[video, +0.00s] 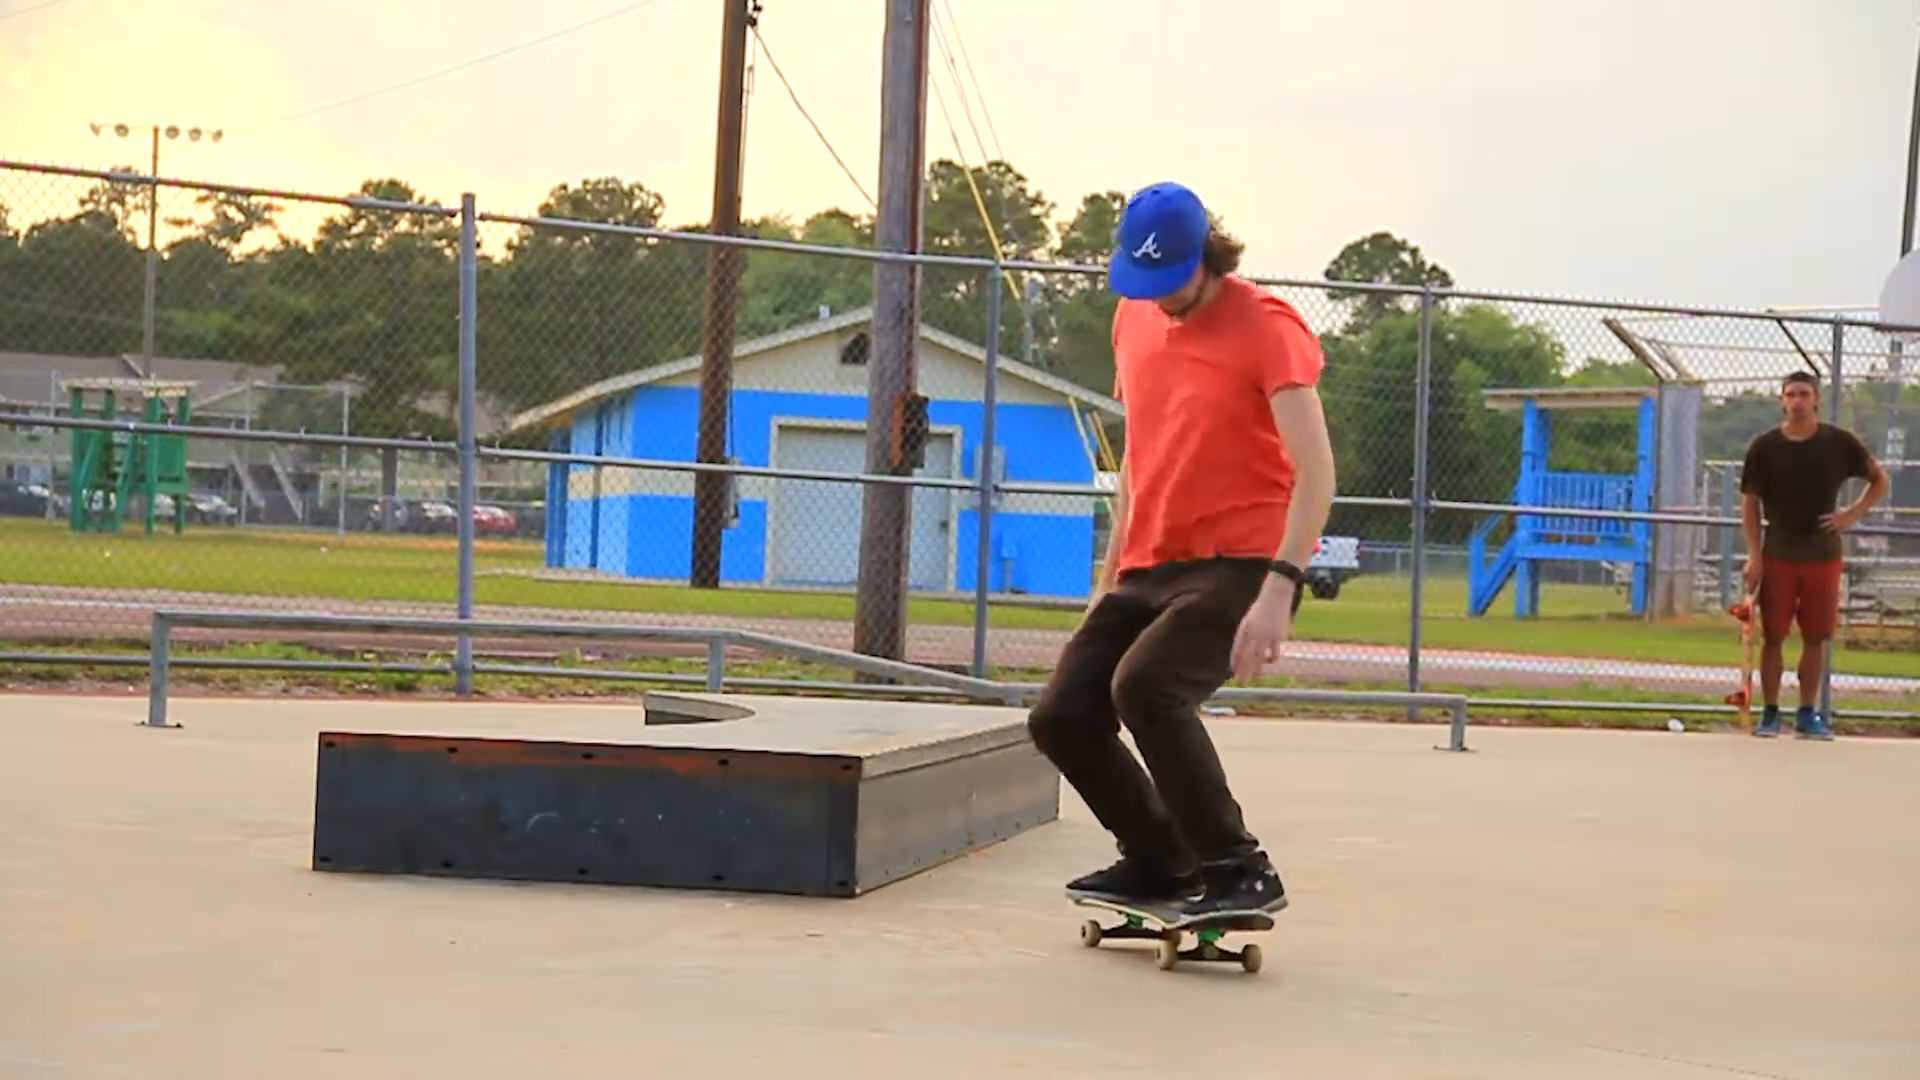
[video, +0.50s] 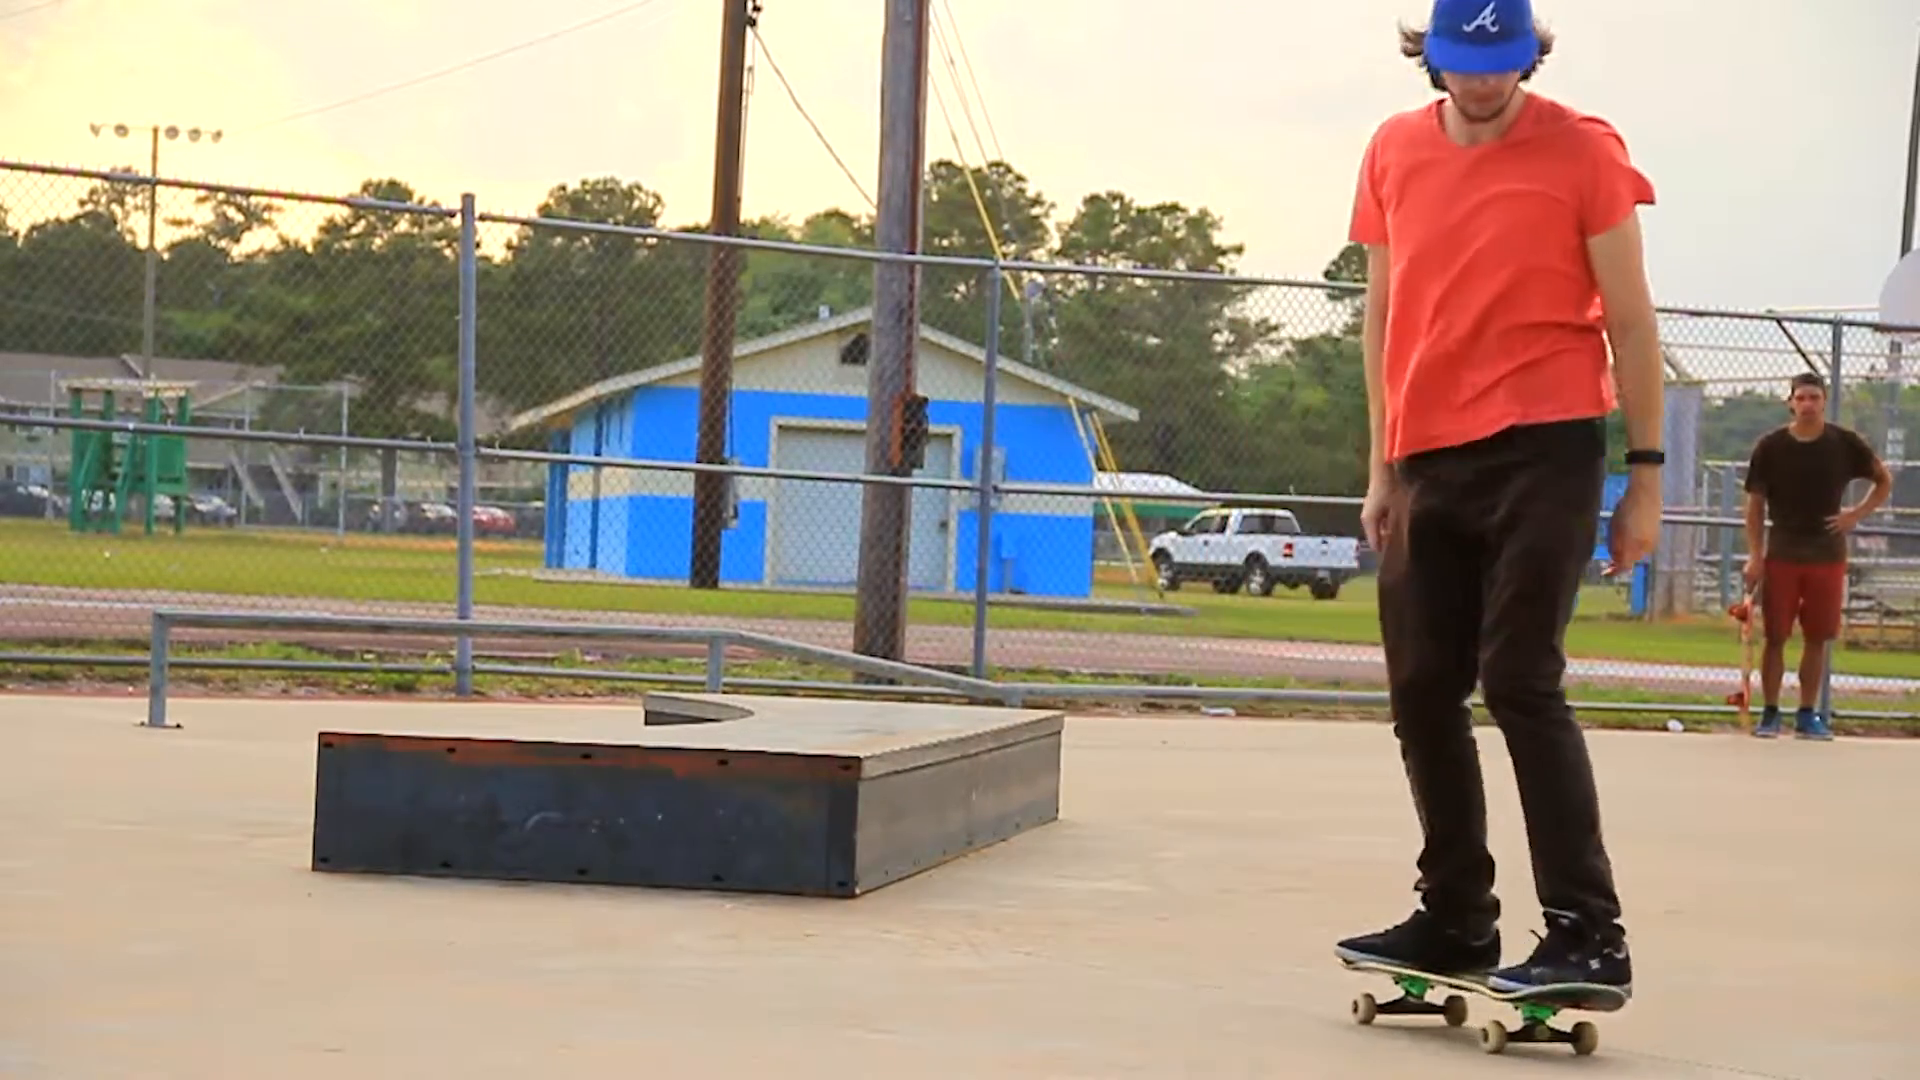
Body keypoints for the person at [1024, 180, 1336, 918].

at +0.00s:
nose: (1166, 302)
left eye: (1176, 286)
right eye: (1152, 289)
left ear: (1211, 258)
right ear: (1134, 267)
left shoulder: (1268, 328)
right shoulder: (1132, 318)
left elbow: (1316, 470)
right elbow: (1137, 454)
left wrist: (1281, 586)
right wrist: (1116, 566)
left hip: (1239, 570)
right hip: (1149, 571)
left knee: (1146, 686)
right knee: (1061, 720)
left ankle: (1237, 869)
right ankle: (1160, 864)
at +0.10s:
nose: (1214, 277)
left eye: (1227, 263)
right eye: (1201, 264)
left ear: (1262, 235)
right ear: (1182, 243)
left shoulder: (1324, 309)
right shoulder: (1174, 299)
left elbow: (1372, 458)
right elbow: (1171, 449)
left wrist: (1363, 591)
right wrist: (1152, 579)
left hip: (1300, 554)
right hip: (1199, 559)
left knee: (1208, 683)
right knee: (1122, 725)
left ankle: (1291, 882)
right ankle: (1216, 874)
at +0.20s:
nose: (1269, 238)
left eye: (1284, 222)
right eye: (1254, 224)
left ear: (1320, 196)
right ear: (1235, 203)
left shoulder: (1382, 274)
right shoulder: (1219, 268)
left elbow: (1425, 424)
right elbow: (1213, 416)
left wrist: (1437, 566)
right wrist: (1211, 546)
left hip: (1358, 521)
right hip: (1252, 531)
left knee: (1280, 676)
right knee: (1190, 716)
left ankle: (1354, 892)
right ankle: (1276, 883)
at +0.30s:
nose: (1334, 188)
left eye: (1351, 172)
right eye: (1318, 173)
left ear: (1384, 148)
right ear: (1293, 153)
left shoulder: (1441, 228)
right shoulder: (1270, 227)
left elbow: (1489, 385)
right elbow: (1266, 380)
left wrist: (1507, 523)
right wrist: (1270, 511)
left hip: (1418, 488)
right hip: (1308, 501)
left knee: (1350, 677)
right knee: (1264, 701)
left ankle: (1430, 906)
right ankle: (1338, 893)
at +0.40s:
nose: (1404, 138)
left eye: (1422, 122)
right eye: (1386, 120)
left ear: (1454, 103)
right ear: (1358, 100)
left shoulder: (1508, 186)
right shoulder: (1331, 184)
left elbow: (1557, 348)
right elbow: (1323, 349)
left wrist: (1573, 497)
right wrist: (1325, 488)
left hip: (1479, 462)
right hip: (1366, 474)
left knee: (1427, 679)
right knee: (1343, 697)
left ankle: (1514, 922)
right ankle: (1398, 905)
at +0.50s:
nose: (1481, 93)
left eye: (1500, 75)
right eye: (1462, 75)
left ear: (1531, 56)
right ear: (1432, 58)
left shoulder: (1582, 148)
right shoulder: (1396, 148)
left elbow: (1632, 316)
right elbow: (1379, 320)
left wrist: (1647, 471)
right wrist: (1382, 465)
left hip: (1546, 451)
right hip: (1428, 461)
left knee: (1520, 682)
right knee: (1422, 695)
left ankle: (1587, 934)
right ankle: (1457, 918)